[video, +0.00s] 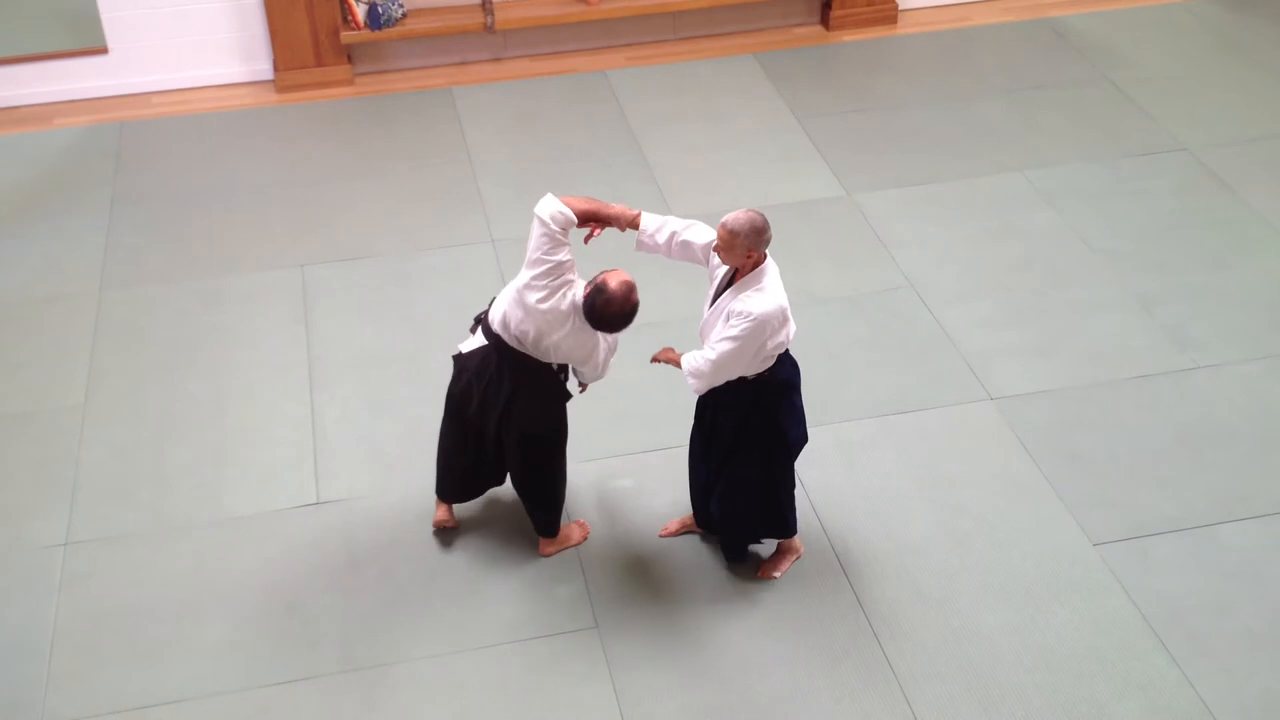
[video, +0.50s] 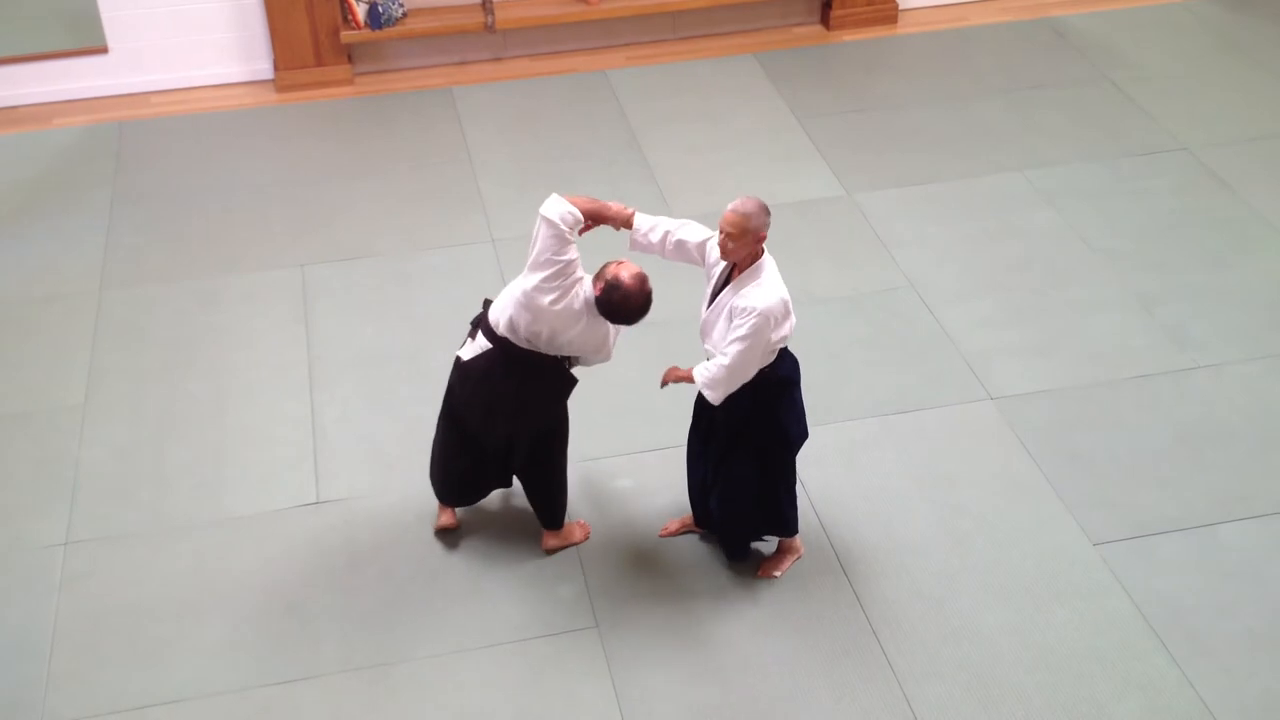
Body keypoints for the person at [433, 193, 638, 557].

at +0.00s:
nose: (620, 269)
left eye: (614, 276)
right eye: (629, 278)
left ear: (590, 286)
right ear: (618, 322)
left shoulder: (551, 268)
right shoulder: (599, 344)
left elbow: (554, 210)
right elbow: (588, 377)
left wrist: (609, 213)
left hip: (487, 356)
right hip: (539, 378)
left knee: (459, 429)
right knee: (543, 455)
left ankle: (443, 506)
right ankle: (549, 535)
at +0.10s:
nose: (619, 267)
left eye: (614, 274)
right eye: (630, 277)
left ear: (592, 286)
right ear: (618, 322)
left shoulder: (551, 269)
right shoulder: (602, 341)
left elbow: (553, 213)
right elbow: (586, 373)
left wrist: (607, 213)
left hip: (488, 357)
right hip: (541, 380)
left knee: (459, 429)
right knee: (543, 456)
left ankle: (443, 507)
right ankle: (550, 534)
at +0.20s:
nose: (620, 264)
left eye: (615, 272)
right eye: (631, 275)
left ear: (593, 287)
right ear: (621, 321)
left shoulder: (551, 270)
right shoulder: (603, 342)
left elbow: (553, 214)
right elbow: (583, 369)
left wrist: (608, 212)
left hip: (488, 358)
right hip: (543, 381)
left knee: (458, 431)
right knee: (543, 456)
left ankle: (444, 508)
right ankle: (550, 534)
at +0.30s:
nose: (622, 263)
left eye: (617, 270)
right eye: (632, 270)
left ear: (596, 287)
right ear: (622, 321)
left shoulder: (554, 271)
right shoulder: (603, 343)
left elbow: (555, 214)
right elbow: (578, 364)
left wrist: (607, 211)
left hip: (488, 360)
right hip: (543, 383)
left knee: (458, 433)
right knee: (544, 457)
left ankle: (445, 510)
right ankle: (551, 533)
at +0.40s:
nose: (624, 261)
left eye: (620, 269)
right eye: (634, 269)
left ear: (599, 285)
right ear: (623, 319)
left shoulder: (556, 269)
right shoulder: (604, 340)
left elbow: (559, 212)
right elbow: (581, 360)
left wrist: (609, 212)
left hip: (488, 360)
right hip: (544, 382)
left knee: (459, 433)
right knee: (545, 455)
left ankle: (446, 509)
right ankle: (553, 532)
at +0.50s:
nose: (624, 258)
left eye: (621, 266)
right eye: (634, 265)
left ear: (601, 282)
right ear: (624, 316)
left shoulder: (558, 266)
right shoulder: (604, 337)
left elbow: (561, 209)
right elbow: (579, 358)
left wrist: (613, 214)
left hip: (488, 358)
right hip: (544, 379)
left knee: (460, 432)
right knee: (546, 453)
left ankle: (446, 509)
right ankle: (553, 530)